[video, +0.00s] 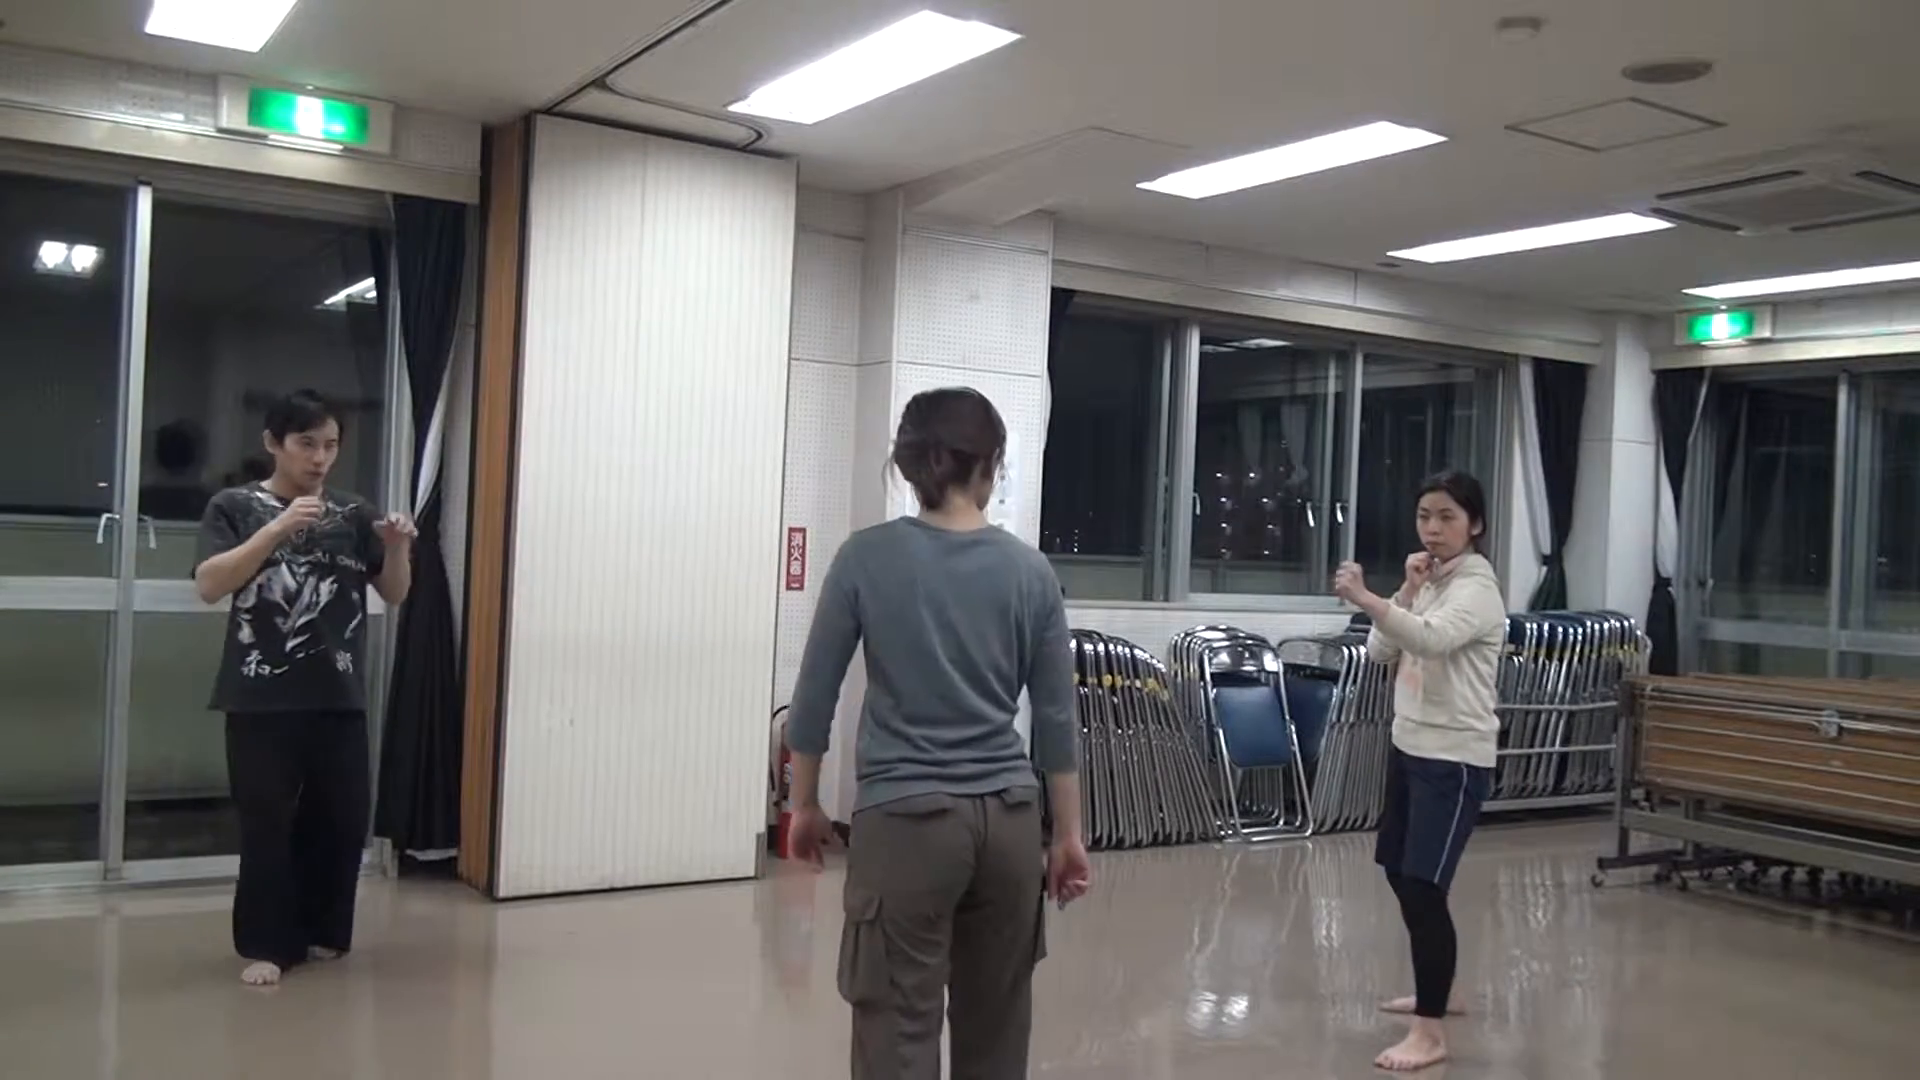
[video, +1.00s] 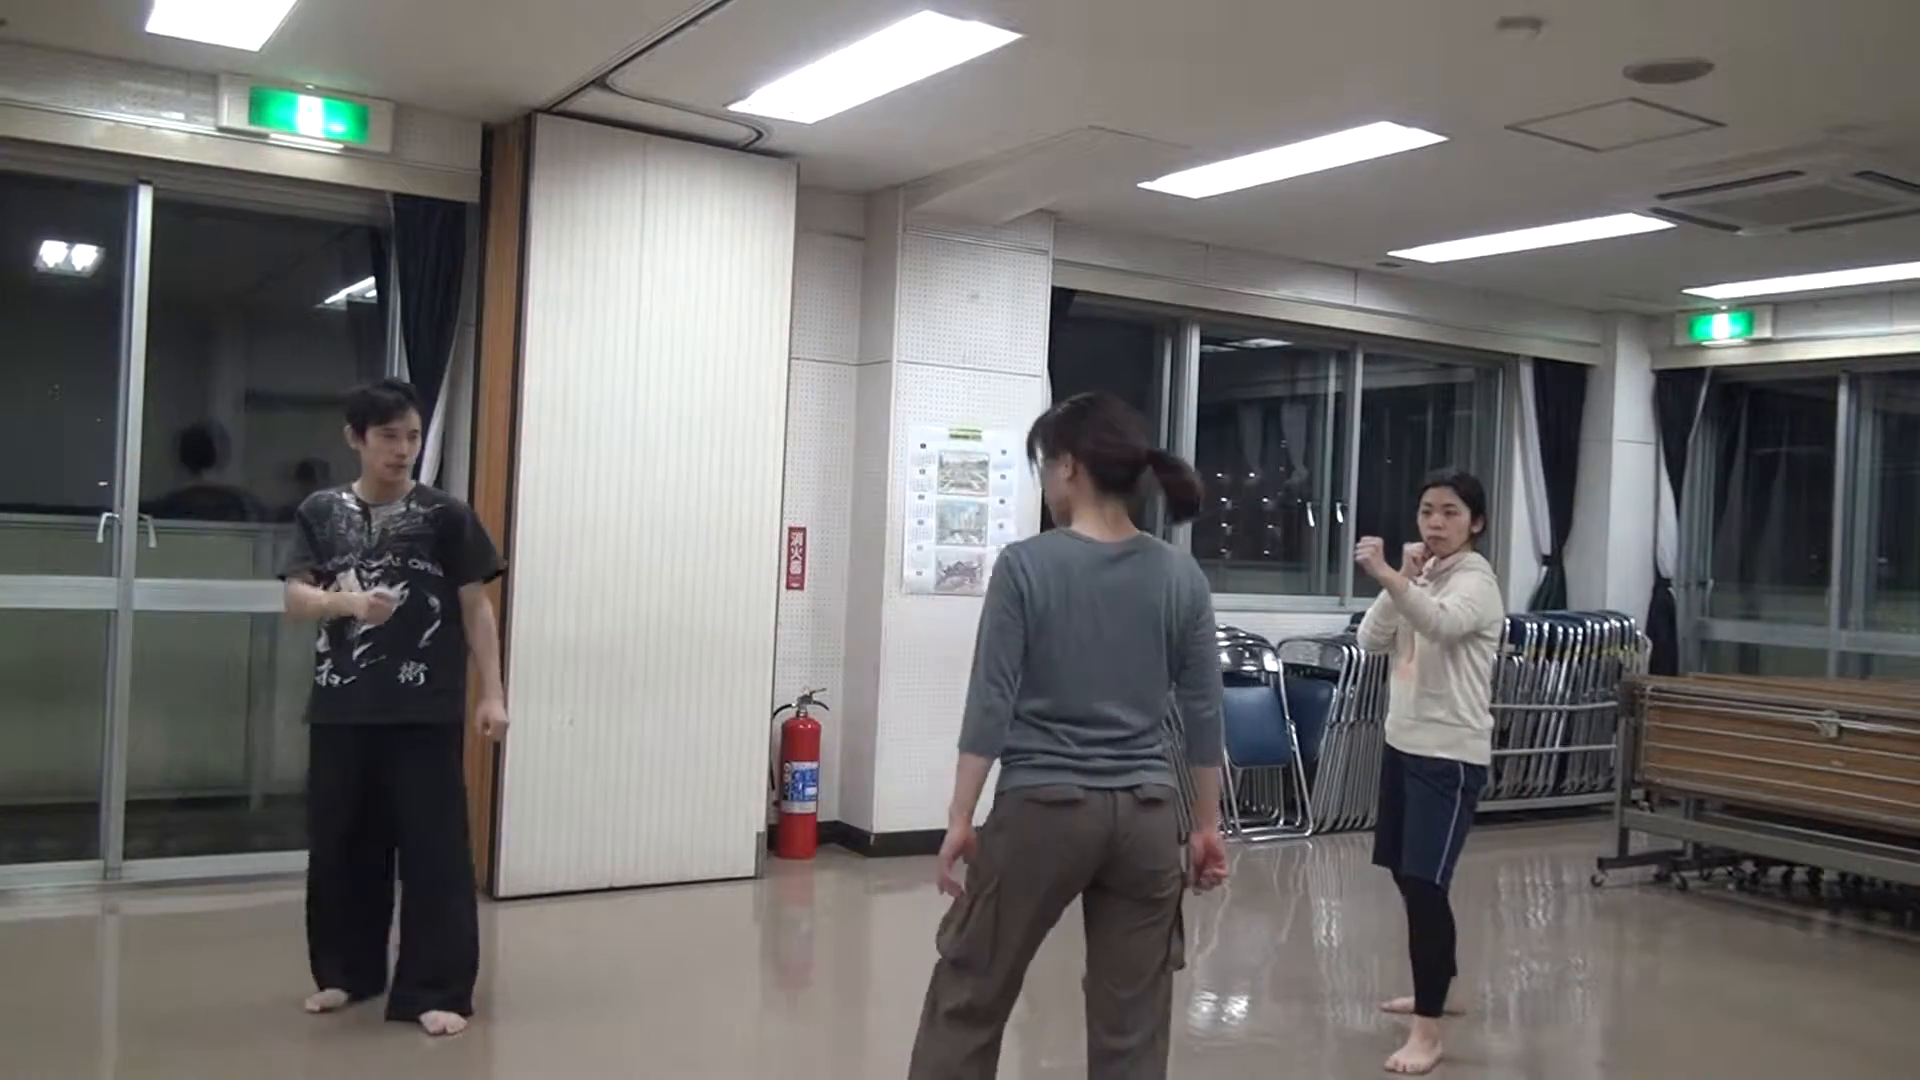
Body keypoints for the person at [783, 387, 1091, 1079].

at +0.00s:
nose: (994, 471)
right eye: (993, 458)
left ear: (906, 467)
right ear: (990, 463)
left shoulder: (865, 556)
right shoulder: (1030, 569)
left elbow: (815, 694)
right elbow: (1056, 713)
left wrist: (803, 805)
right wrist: (1069, 834)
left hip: (903, 829)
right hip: (1013, 829)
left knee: (898, 1031)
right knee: (995, 1033)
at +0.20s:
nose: (999, 468)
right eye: (1000, 456)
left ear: (909, 463)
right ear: (994, 461)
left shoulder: (866, 557)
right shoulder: (1033, 570)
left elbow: (812, 697)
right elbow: (1054, 713)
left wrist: (783, 801)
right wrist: (1069, 833)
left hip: (903, 831)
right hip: (1017, 829)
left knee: (899, 1033)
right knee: (1041, 1028)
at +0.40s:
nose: (1014, 469)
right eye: (1014, 457)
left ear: (924, 465)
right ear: (1009, 464)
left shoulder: (885, 562)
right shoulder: (1051, 568)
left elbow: (831, 696)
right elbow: (1078, 707)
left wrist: (805, 799)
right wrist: (1093, 828)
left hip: (919, 829)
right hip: (1036, 826)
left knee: (910, 1026)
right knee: (1068, 1022)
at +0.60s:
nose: (957, 472)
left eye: (959, 460)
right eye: (960, 460)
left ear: (968, 468)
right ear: (1048, 470)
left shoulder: (932, 569)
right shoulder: (1091, 571)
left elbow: (883, 704)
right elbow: (1118, 705)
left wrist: (860, 812)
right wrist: (1127, 824)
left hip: (961, 828)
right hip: (1073, 827)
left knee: (933, 1029)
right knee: (1088, 1029)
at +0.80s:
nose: (1008, 479)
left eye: (1011, 463)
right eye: (1009, 463)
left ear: (1030, 467)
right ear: (1093, 468)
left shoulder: (987, 567)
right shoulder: (1143, 571)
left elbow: (950, 705)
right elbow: (1165, 707)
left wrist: (924, 816)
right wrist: (1171, 822)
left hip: (1014, 820)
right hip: (1123, 821)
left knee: (963, 1012)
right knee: (1116, 1024)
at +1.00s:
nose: (1043, 479)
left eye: (1047, 463)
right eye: (1045, 463)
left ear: (1071, 467)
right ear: (1131, 470)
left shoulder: (1026, 564)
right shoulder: (1181, 574)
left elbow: (993, 699)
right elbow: (1204, 706)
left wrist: (960, 818)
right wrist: (1207, 820)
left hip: (1041, 818)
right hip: (1151, 823)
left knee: (967, 1007)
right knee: (1132, 1027)